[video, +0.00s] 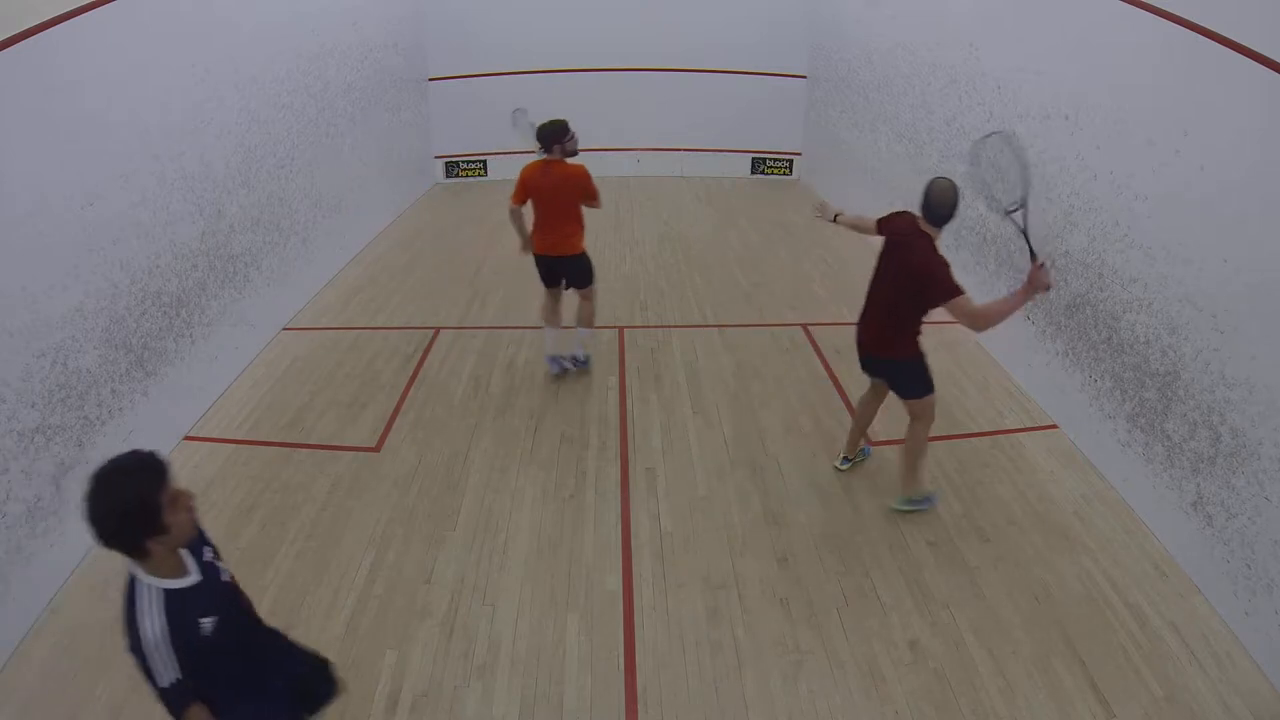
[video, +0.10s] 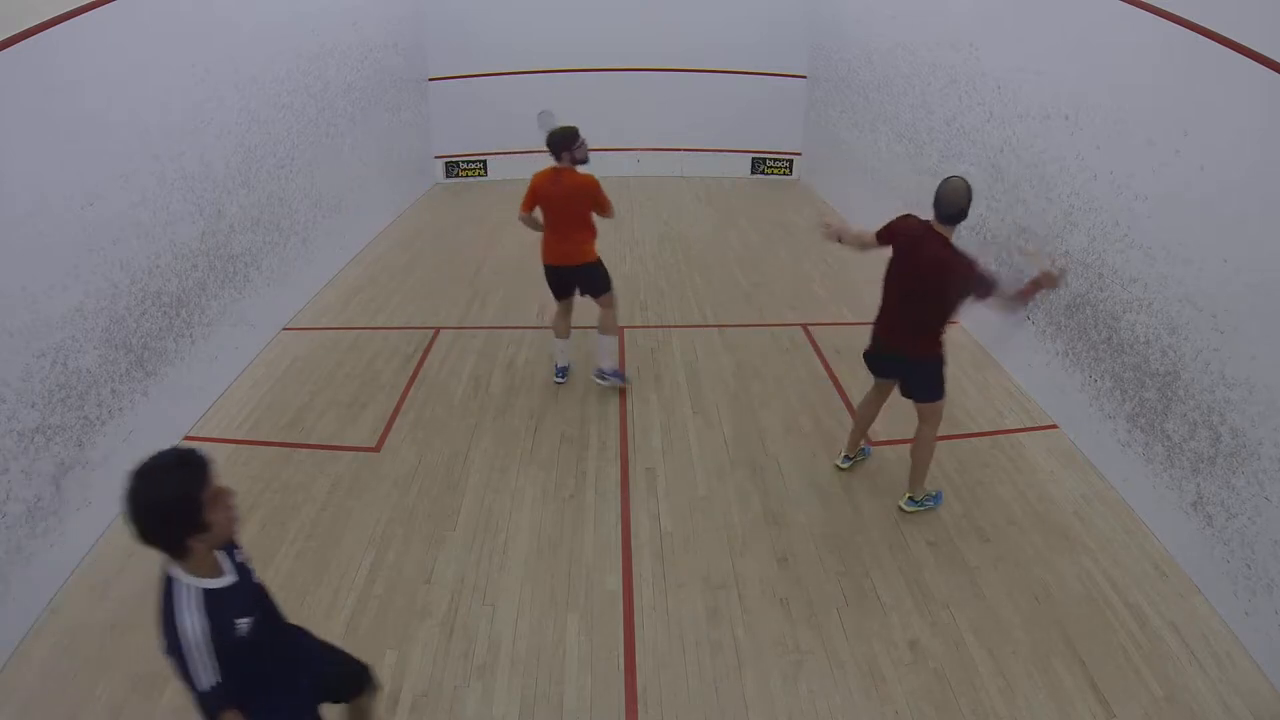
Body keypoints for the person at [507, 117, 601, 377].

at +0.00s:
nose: (576, 139)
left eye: (573, 135)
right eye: (570, 137)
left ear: (547, 146)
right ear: (558, 145)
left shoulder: (530, 172)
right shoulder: (577, 172)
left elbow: (514, 208)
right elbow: (594, 202)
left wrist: (524, 237)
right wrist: (567, 190)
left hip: (542, 250)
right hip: (571, 251)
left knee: (552, 294)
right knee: (586, 296)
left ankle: (552, 353)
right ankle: (580, 351)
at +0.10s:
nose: (586, 148)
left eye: (584, 143)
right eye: (581, 146)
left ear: (559, 154)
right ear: (567, 153)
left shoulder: (540, 180)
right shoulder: (586, 183)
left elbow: (524, 216)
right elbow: (607, 212)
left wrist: (545, 229)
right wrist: (581, 198)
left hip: (553, 261)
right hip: (585, 260)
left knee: (563, 306)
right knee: (607, 304)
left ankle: (561, 366)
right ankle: (606, 367)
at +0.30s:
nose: (606, 155)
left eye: (603, 151)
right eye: (603, 152)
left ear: (576, 161)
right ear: (596, 159)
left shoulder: (564, 192)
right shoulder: (616, 192)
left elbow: (550, 231)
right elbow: (628, 232)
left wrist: (573, 233)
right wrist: (602, 229)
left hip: (576, 272)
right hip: (610, 273)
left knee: (567, 314)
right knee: (623, 325)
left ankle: (561, 368)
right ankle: (626, 389)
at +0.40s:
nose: (608, 159)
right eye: (608, 155)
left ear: (581, 163)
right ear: (608, 160)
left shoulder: (572, 196)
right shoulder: (627, 193)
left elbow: (556, 237)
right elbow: (637, 237)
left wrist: (581, 244)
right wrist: (613, 241)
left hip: (584, 272)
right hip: (620, 273)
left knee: (567, 313)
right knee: (635, 319)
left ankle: (560, 371)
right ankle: (649, 377)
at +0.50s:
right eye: (610, 175)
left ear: (589, 181)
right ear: (614, 177)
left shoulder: (579, 215)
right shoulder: (633, 210)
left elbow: (564, 262)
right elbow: (646, 254)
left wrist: (582, 272)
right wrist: (624, 262)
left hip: (593, 289)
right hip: (628, 288)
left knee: (566, 321)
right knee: (645, 330)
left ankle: (554, 383)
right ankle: (670, 388)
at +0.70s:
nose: (557, 185)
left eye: (558, 182)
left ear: (560, 186)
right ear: (585, 184)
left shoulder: (560, 219)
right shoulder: (597, 213)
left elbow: (559, 265)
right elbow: (601, 255)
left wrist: (546, 289)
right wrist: (565, 273)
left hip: (583, 300)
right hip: (610, 295)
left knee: (539, 339)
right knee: (628, 334)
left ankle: (578, 389)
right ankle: (667, 379)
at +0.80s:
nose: (524, 187)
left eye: (526, 182)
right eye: (526, 181)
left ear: (532, 184)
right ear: (550, 182)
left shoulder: (545, 217)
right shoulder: (558, 210)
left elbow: (549, 268)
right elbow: (557, 257)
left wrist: (520, 290)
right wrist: (525, 269)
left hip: (561, 299)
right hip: (575, 291)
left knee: (548, 359)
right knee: (571, 335)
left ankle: (604, 380)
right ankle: (627, 357)